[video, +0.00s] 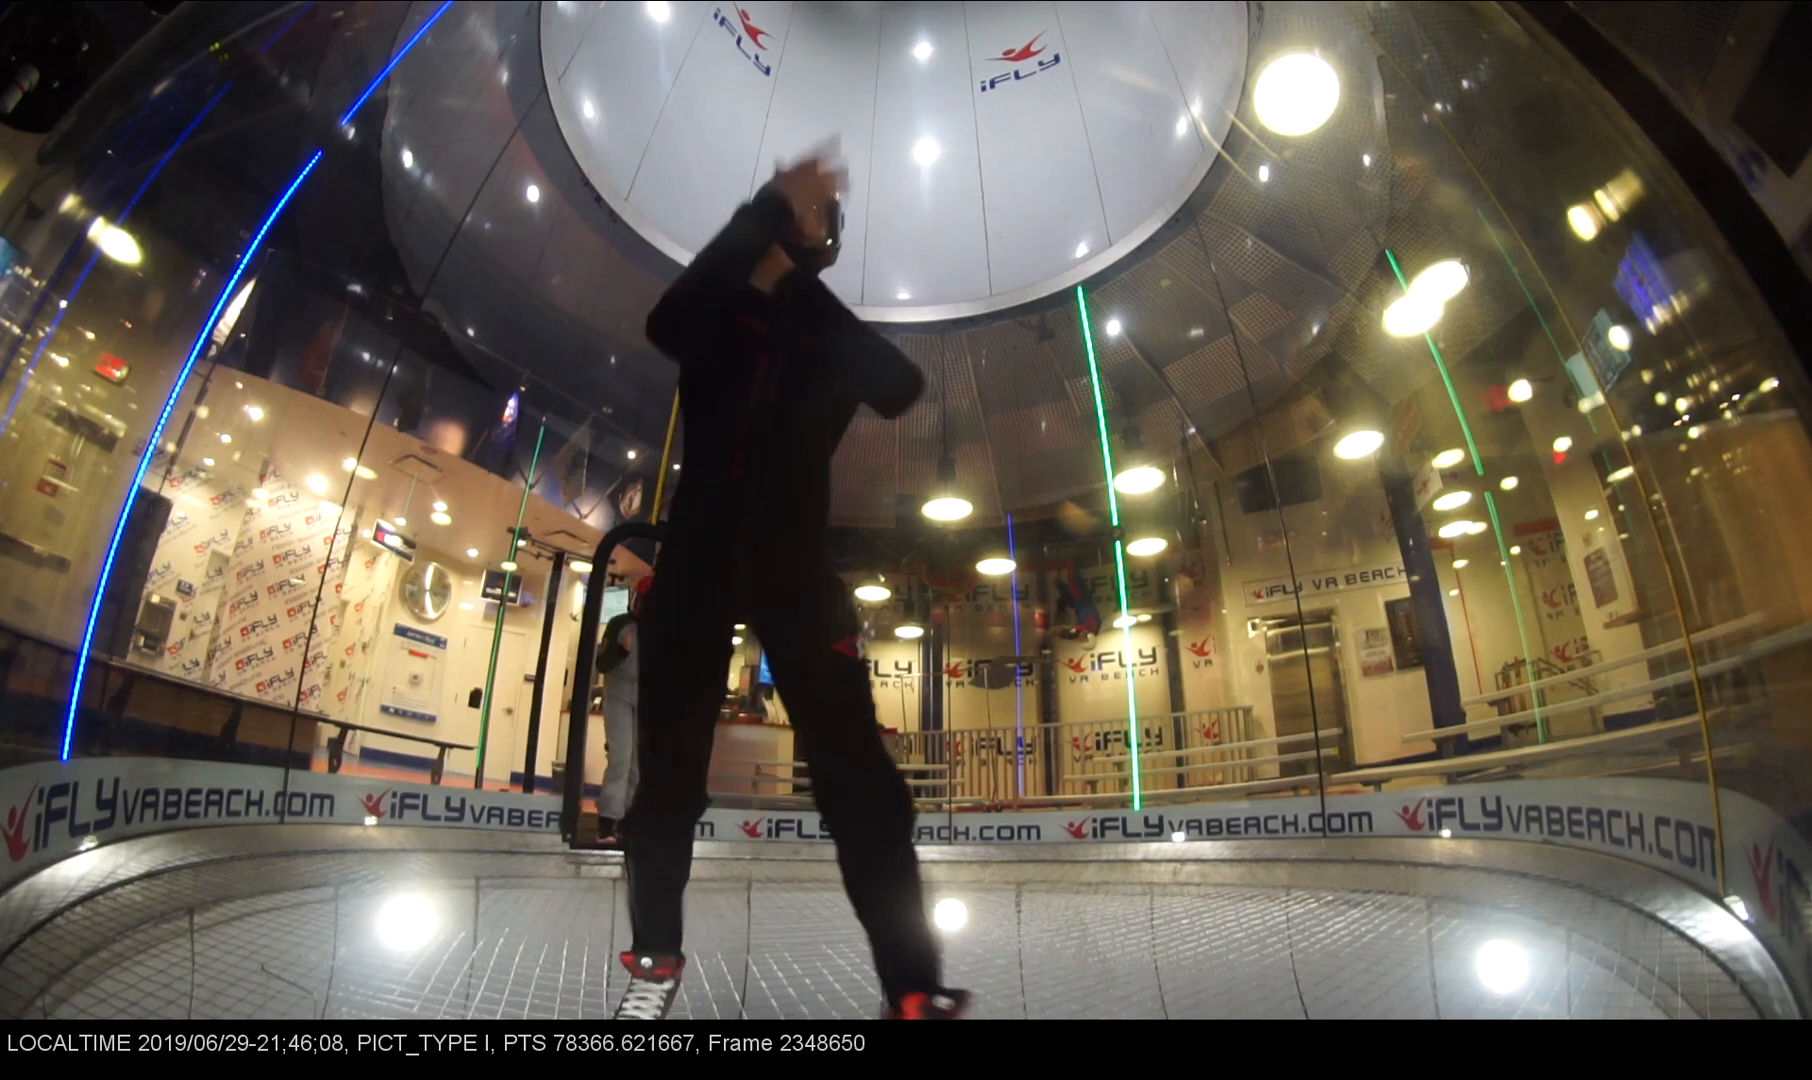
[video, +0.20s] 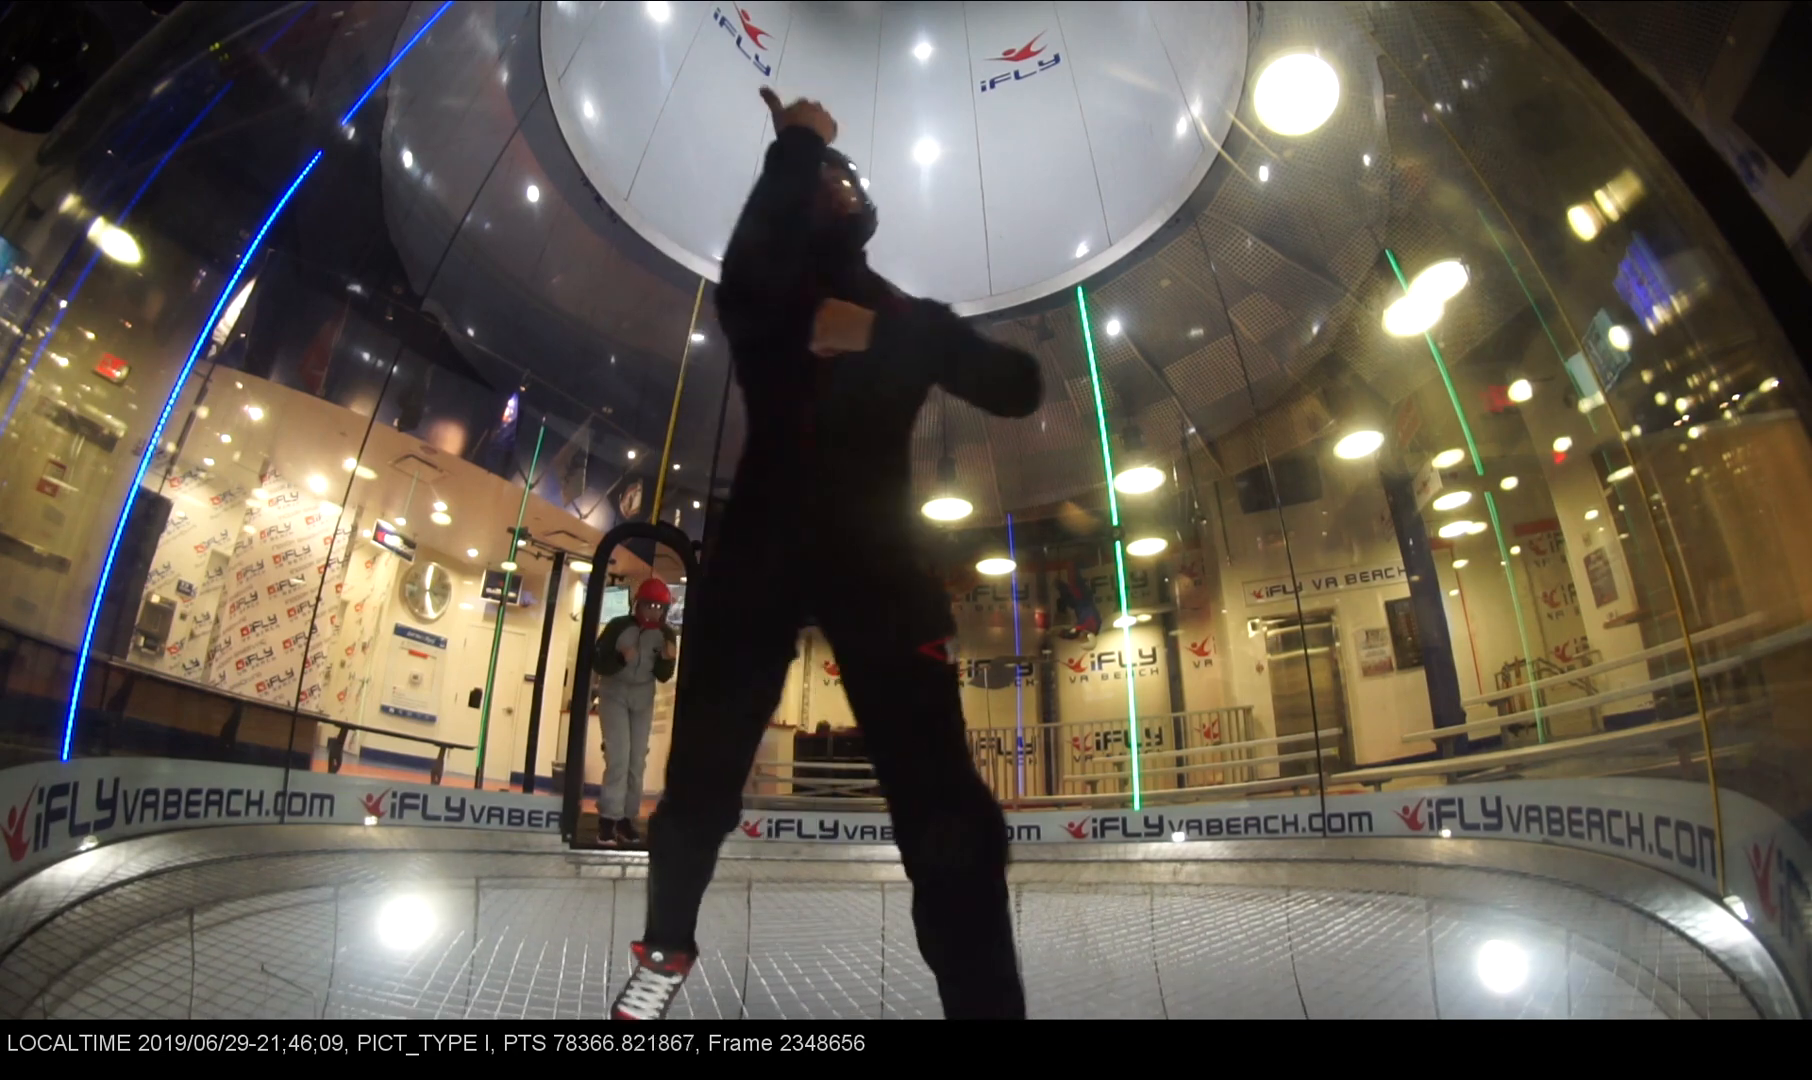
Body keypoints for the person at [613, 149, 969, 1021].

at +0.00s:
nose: (817, 227)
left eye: (827, 218)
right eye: (804, 213)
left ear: (830, 243)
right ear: (765, 230)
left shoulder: (836, 333)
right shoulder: (709, 310)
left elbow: (901, 389)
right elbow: (665, 326)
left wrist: (806, 286)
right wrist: (765, 210)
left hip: (796, 564)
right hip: (696, 558)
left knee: (856, 770)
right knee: (668, 765)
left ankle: (914, 988)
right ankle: (654, 959)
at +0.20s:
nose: (846, 189)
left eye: (853, 181)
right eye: (827, 181)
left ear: (865, 214)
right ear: (792, 201)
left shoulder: (912, 317)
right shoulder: (758, 294)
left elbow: (1022, 387)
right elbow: (762, 234)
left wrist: (892, 333)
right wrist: (796, 141)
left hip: (874, 556)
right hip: (756, 549)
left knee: (944, 808)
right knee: (704, 771)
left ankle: (986, 1008)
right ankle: (664, 953)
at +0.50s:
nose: (909, 129)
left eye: (922, 117)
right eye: (886, 124)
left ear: (950, 146)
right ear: (860, 161)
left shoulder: (1009, 256)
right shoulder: (835, 245)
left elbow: (1127, 352)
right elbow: (747, 346)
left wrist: (1017, 284)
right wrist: (871, 270)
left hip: (985, 521)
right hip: (858, 521)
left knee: (1025, 795)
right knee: (814, 753)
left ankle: (1013, 1011)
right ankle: (779, 954)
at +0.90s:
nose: (939, 132)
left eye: (955, 116)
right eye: (917, 124)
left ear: (988, 147)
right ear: (894, 161)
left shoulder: (1050, 245)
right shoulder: (865, 275)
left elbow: (1143, 367)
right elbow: (811, 411)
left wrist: (987, 350)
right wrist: (911, 314)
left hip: (1020, 551)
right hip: (895, 556)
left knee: (1022, 811)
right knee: (866, 786)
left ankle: (1014, 1009)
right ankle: (926, 981)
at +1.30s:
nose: (845, 238)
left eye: (852, 220)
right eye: (842, 230)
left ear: (890, 201)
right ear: (872, 230)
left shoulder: (970, 219)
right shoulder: (875, 308)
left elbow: (1026, 316)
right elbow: (869, 460)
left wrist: (881, 390)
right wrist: (836, 401)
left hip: (974, 538)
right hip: (902, 551)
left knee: (968, 789)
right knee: (908, 785)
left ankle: (998, 1003)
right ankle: (957, 992)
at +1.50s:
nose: (839, 268)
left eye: (839, 252)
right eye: (836, 258)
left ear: (858, 226)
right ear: (902, 212)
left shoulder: (904, 247)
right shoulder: (914, 268)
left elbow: (885, 381)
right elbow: (907, 420)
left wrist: (821, 410)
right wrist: (839, 440)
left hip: (929, 548)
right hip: (936, 544)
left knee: (889, 803)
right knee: (909, 801)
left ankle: (985, 1006)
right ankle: (954, 996)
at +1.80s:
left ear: (827, 224)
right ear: (878, 216)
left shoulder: (870, 251)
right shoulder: (903, 268)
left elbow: (771, 321)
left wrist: (801, 407)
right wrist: (806, 425)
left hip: (914, 526)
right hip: (925, 523)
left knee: (852, 801)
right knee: (901, 804)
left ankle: (952, 1005)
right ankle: (966, 1004)